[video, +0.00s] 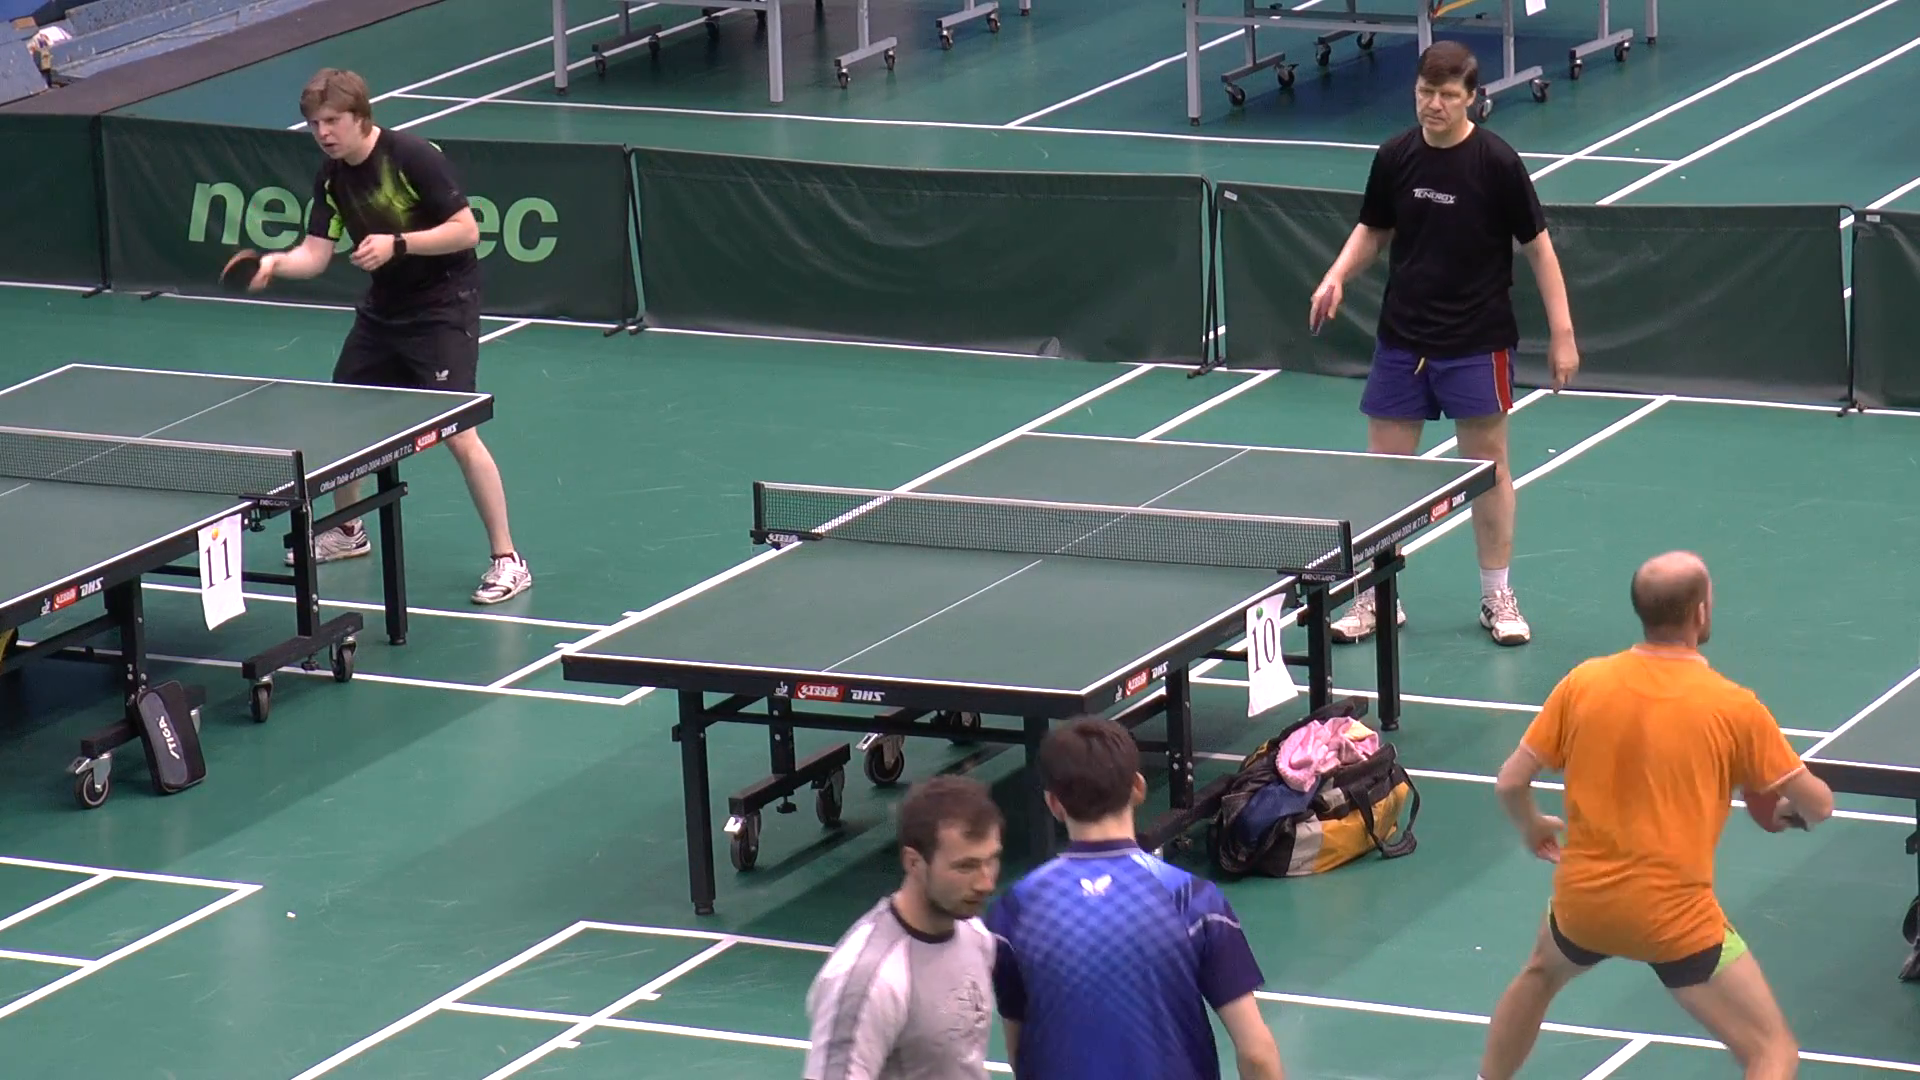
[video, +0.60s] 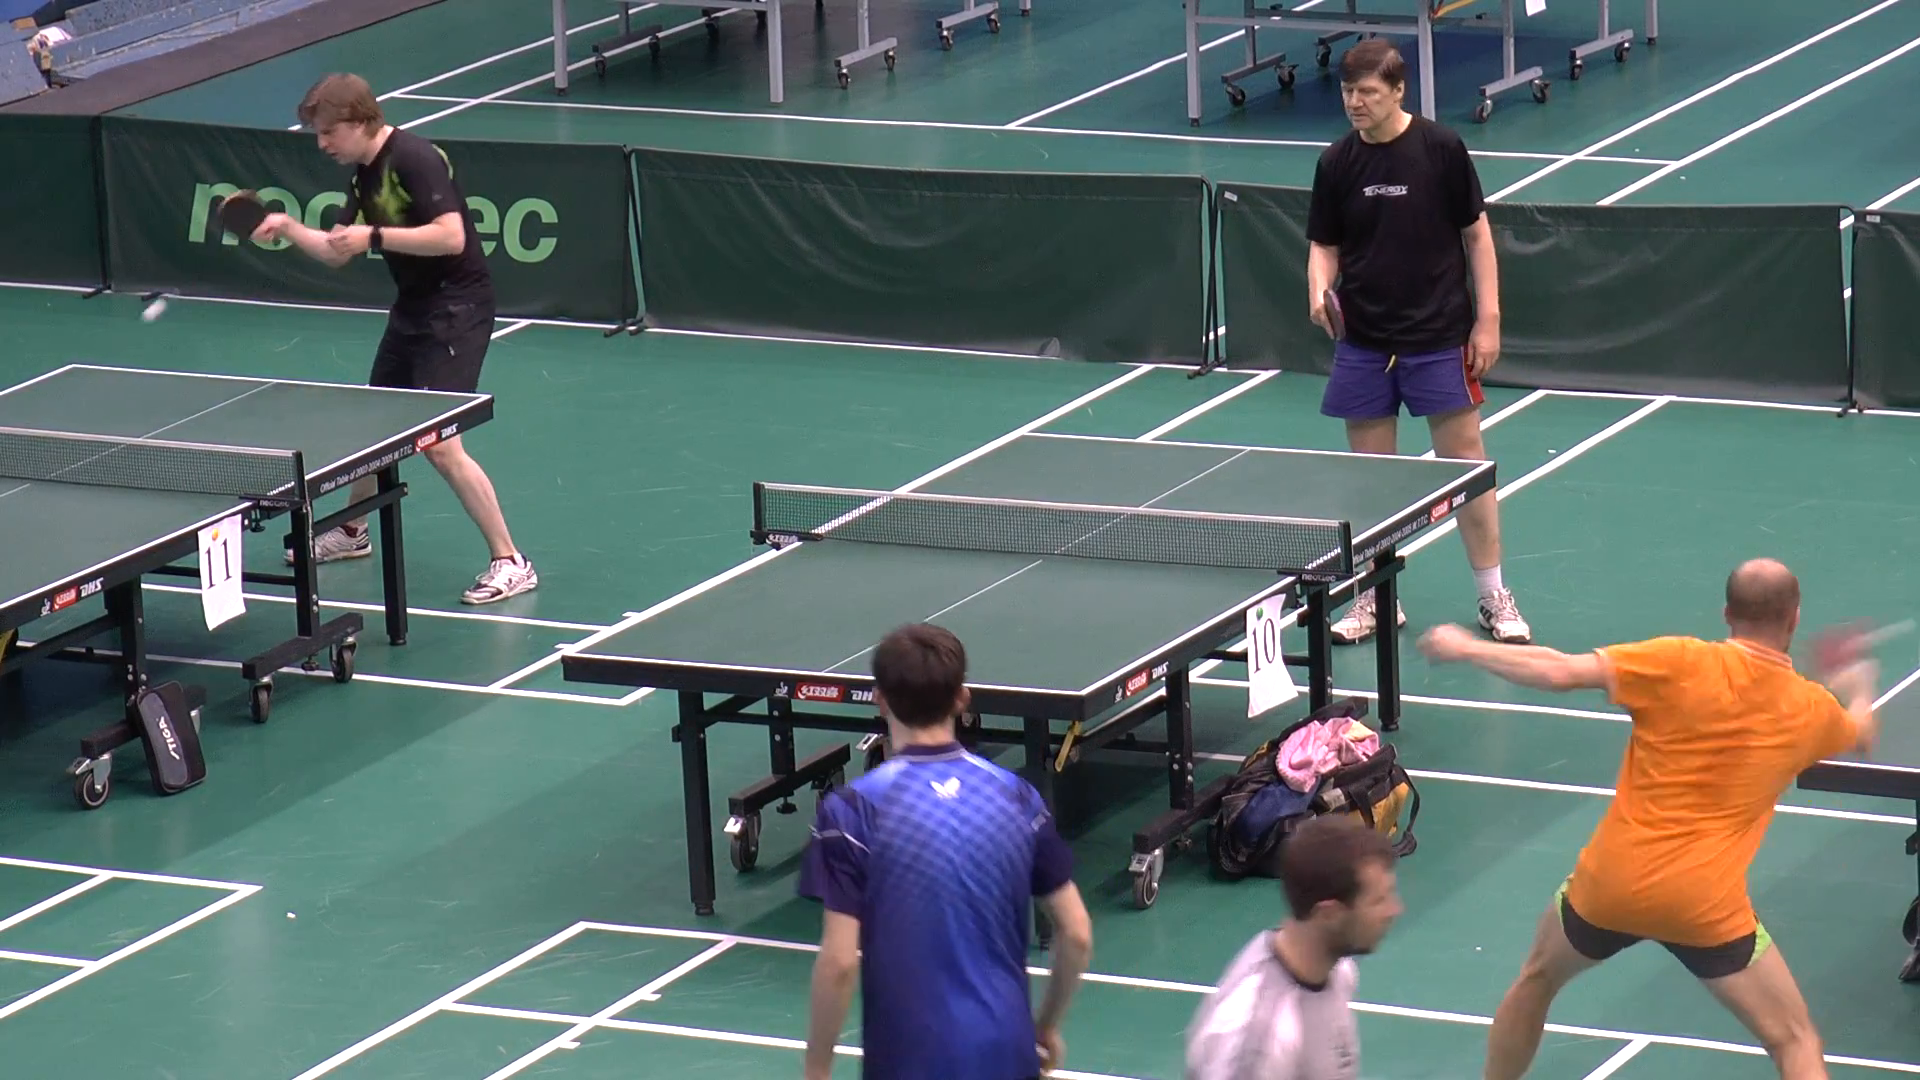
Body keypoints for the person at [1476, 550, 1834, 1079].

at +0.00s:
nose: (1713, 604)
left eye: (1709, 594)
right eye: (1711, 596)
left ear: (1639, 610)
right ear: (1701, 611)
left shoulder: (1584, 682)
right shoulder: (1733, 706)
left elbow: (1510, 782)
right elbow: (1819, 805)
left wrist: (1533, 826)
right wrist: (1782, 807)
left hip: (1582, 905)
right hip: (1676, 916)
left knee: (1539, 977)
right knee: (1771, 1050)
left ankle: (1490, 1074)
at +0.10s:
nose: (1735, 588)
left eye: (1733, 578)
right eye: (1733, 581)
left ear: (1663, 593)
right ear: (1722, 596)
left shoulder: (1602, 657)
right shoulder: (1743, 687)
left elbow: (1542, 765)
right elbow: (1823, 805)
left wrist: (1578, 809)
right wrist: (1802, 805)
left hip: (1580, 881)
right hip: (1671, 892)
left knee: (1534, 974)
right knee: (1786, 1017)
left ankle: (1475, 1074)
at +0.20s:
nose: (1763, 603)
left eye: (1760, 593)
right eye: (1761, 595)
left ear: (1692, 604)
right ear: (1751, 610)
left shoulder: (1626, 666)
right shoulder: (1758, 707)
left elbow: (1584, 772)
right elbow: (1824, 834)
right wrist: (1819, 836)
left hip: (1580, 883)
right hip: (1662, 899)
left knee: (1533, 982)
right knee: (1788, 1025)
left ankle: (1466, 1074)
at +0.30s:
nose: (1783, 622)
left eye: (1780, 612)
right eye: (1781, 614)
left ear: (1709, 625)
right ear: (1772, 631)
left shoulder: (1651, 678)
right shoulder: (1771, 736)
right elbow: (1829, 861)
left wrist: (1761, 806)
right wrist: (1797, 863)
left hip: (1589, 894)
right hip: (1671, 914)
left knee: (1548, 990)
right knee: (1810, 1030)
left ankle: (1476, 1075)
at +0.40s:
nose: (1787, 616)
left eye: (1782, 606)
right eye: (1785, 608)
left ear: (1713, 618)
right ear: (1777, 623)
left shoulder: (1652, 673)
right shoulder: (1782, 728)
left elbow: (1618, 756)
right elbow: (1825, 860)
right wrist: (1767, 861)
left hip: (1601, 895)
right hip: (1689, 915)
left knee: (1541, 993)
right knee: (1815, 1033)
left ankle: (1476, 1075)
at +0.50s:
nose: (1786, 599)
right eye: (1786, 592)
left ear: (1716, 599)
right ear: (1781, 604)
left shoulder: (1658, 657)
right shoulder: (1797, 712)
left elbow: (1570, 698)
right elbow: (1837, 830)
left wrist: (1594, 664)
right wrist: (1774, 805)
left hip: (1610, 883)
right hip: (1706, 900)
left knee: (1534, 997)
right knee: (1805, 1033)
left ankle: (1479, 1076)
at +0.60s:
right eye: (1796, 606)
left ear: (1726, 613)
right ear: (1792, 616)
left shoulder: (1675, 660)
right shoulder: (1810, 706)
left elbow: (1559, 671)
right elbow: (1861, 735)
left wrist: (1470, 648)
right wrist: (1861, 689)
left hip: (1611, 885)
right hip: (1706, 903)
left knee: (1536, 980)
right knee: (1793, 1040)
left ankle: (1496, 1075)